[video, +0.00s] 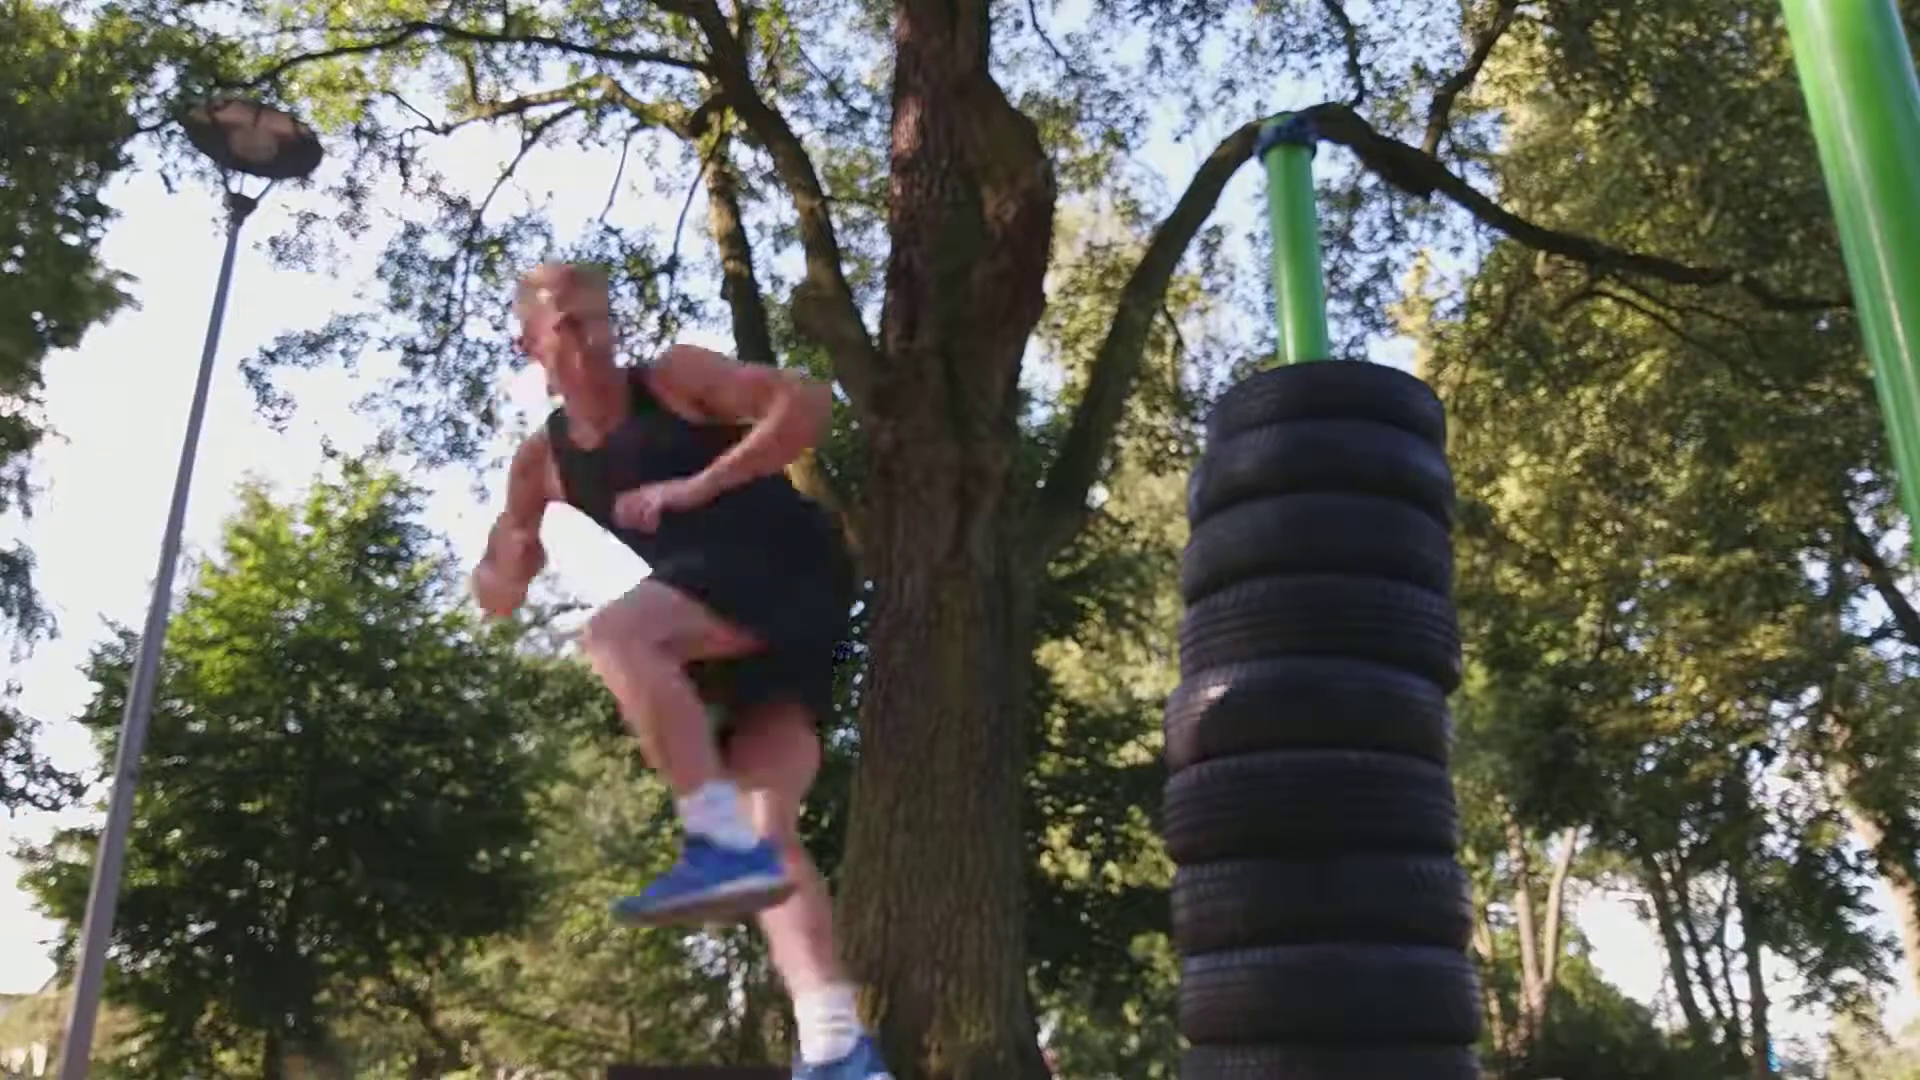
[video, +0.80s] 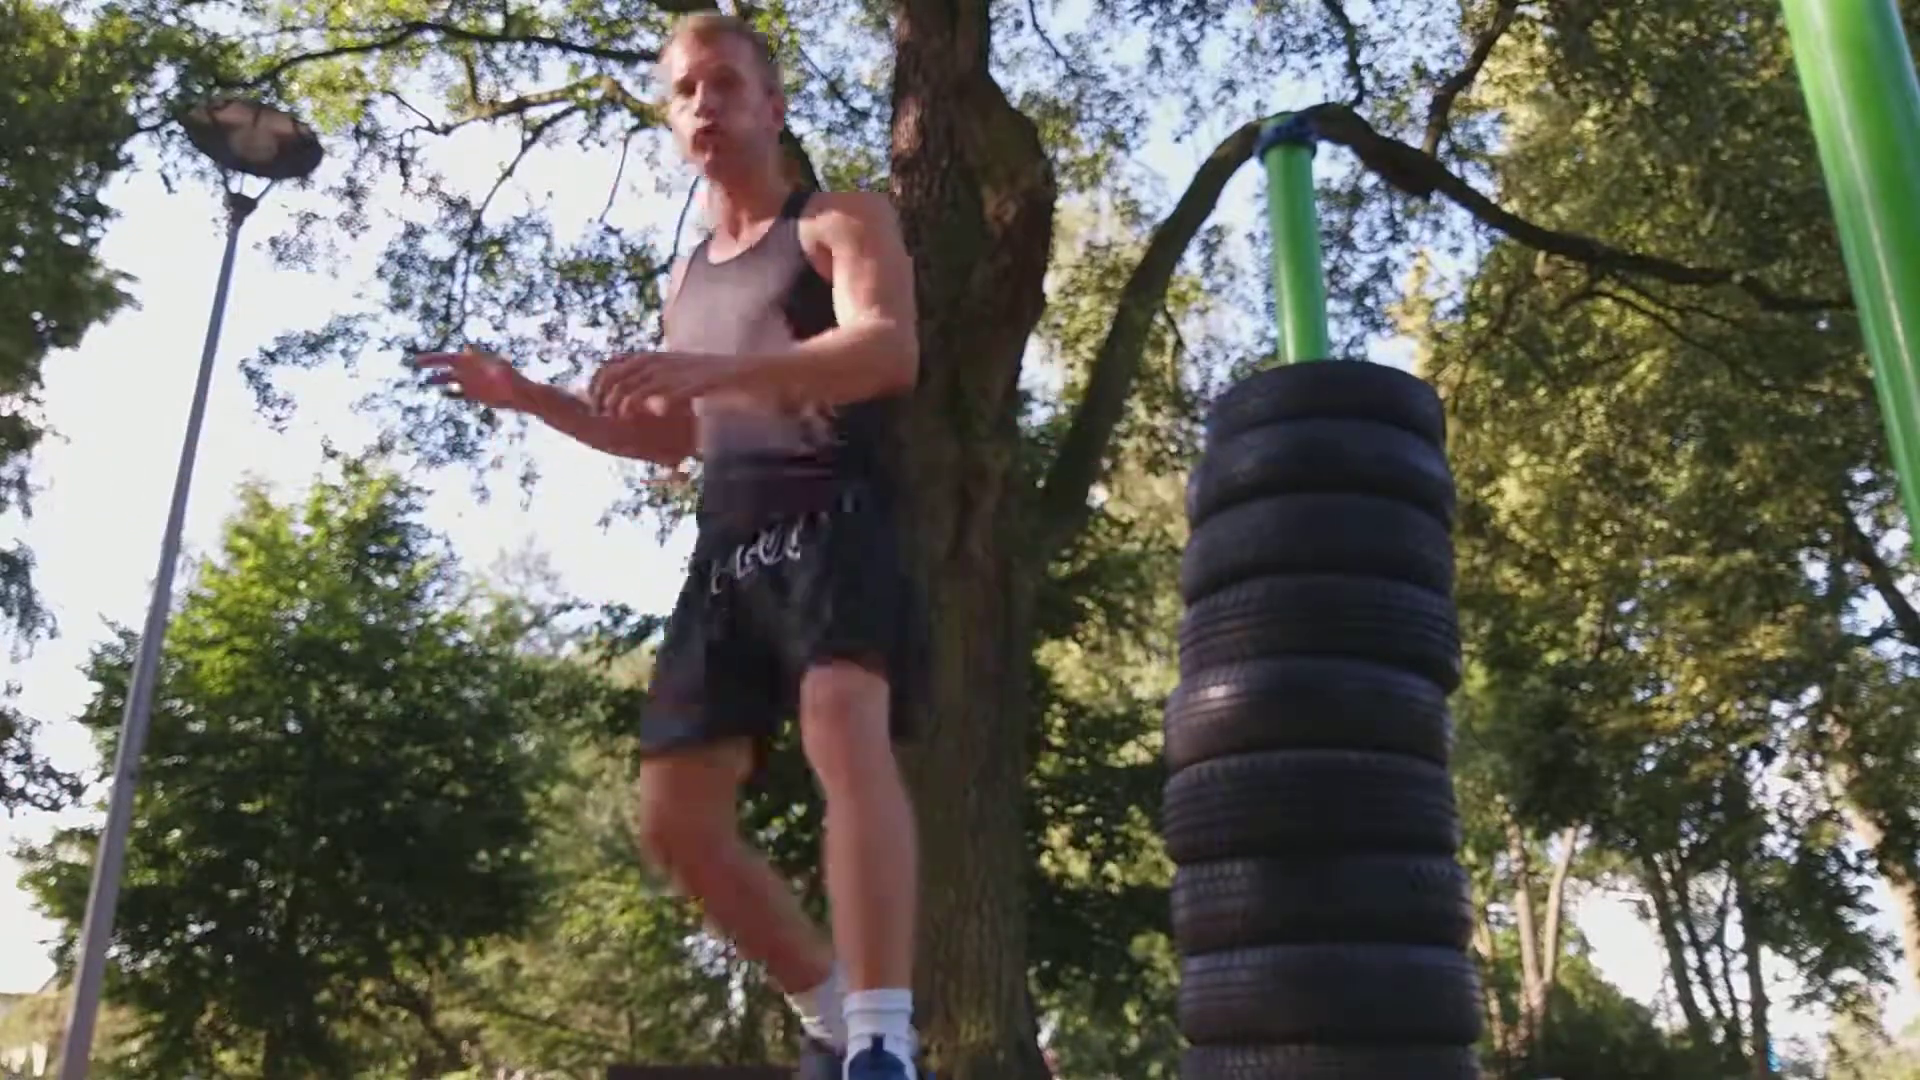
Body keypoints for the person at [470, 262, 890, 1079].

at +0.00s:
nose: (590, 337)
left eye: (596, 319)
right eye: (568, 326)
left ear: (614, 323)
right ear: (531, 347)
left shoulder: (671, 374)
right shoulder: (544, 461)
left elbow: (804, 402)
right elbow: (495, 599)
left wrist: (701, 484)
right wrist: (504, 560)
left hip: (780, 550)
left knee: (618, 633)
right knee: (759, 827)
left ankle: (723, 838)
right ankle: (835, 1047)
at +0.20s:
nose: (637, 401)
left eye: (628, 384)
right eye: (613, 394)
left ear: (615, 403)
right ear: (557, 431)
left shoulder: (683, 422)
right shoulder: (575, 581)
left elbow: (827, 381)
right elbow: (621, 709)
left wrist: (828, 492)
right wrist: (752, 729)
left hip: (906, 535)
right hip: (859, 638)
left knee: (1092, 487)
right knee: (831, 825)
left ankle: (1212, 433)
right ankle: (867, 1057)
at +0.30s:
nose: (578, 448)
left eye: (579, 432)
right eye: (552, 452)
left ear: (605, 438)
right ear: (533, 503)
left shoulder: (702, 443)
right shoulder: (617, 636)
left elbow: (799, 349)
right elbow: (712, 734)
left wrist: (908, 384)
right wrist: (837, 750)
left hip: (949, 540)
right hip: (902, 664)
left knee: (1123, 475)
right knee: (899, 852)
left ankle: (1217, 415)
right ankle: (889, 1064)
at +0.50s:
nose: (597, 386)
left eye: (605, 356)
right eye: (571, 376)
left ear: (643, 337)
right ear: (553, 392)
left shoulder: (740, 354)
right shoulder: (618, 516)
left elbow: (892, 332)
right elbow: (712, 650)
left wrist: (1021, 373)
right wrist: (821, 722)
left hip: (953, 521)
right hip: (888, 634)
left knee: (1095, 533)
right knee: (897, 839)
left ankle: (1147, 589)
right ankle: (895, 1065)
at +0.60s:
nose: (629, 250)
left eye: (643, 224)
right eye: (606, 239)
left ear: (684, 217)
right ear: (589, 256)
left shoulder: (786, 274)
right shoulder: (625, 394)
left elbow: (955, 305)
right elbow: (671, 546)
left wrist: (980, 375)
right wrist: (742, 658)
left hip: (911, 495)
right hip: (829, 575)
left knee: (948, 585)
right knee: (859, 824)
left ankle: (1102, 842)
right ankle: (887, 1064)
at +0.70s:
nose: (666, 165)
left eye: (685, 143)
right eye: (647, 151)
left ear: (733, 145)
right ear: (631, 170)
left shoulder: (816, 234)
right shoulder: (654, 312)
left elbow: (955, 335)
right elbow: (658, 472)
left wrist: (843, 391)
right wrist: (601, 537)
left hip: (871, 511)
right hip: (772, 555)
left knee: (903, 725)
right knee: (804, 815)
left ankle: (913, 1029)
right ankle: (865, 1051)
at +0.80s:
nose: (700, 105)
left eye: (721, 84)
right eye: (682, 94)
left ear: (775, 100)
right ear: (669, 125)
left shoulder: (839, 217)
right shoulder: (686, 277)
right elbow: (679, 441)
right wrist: (529, 394)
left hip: (831, 520)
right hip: (727, 545)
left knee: (842, 722)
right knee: (680, 824)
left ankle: (883, 1047)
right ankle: (842, 1027)